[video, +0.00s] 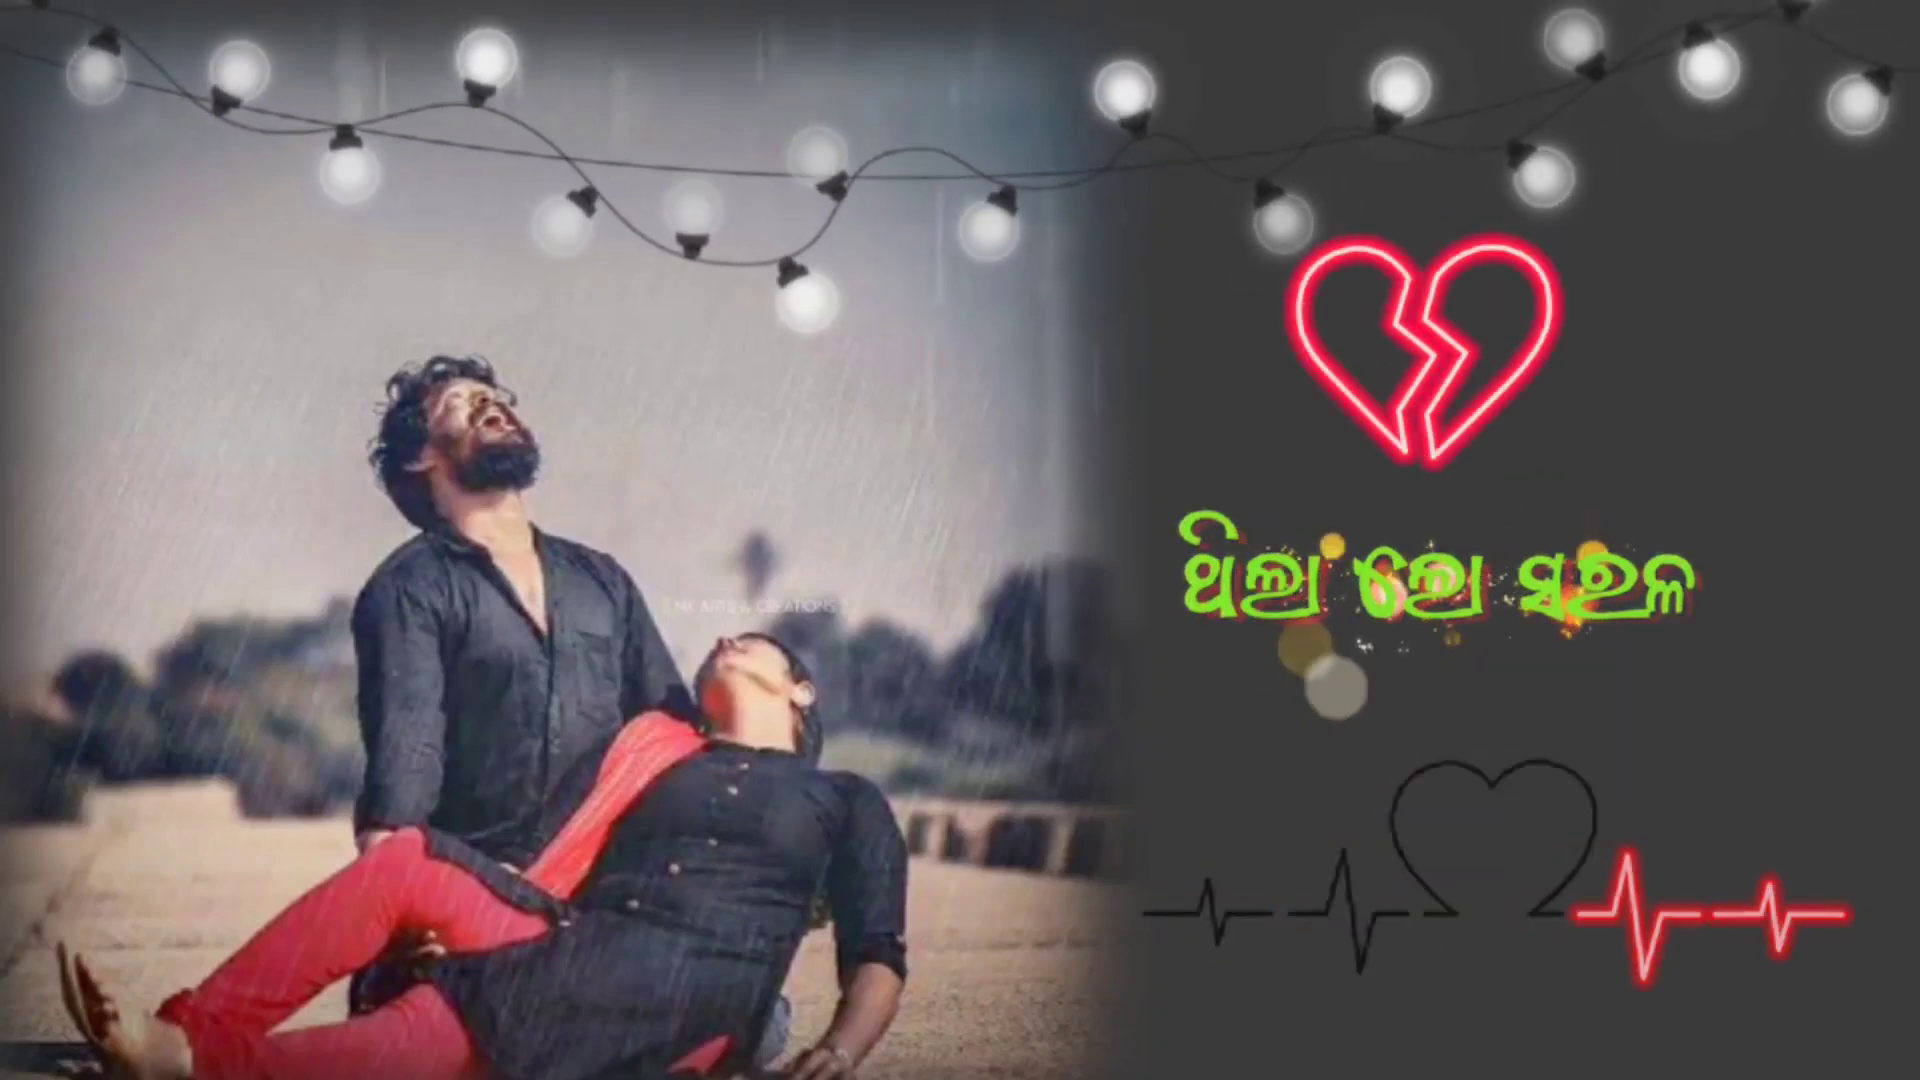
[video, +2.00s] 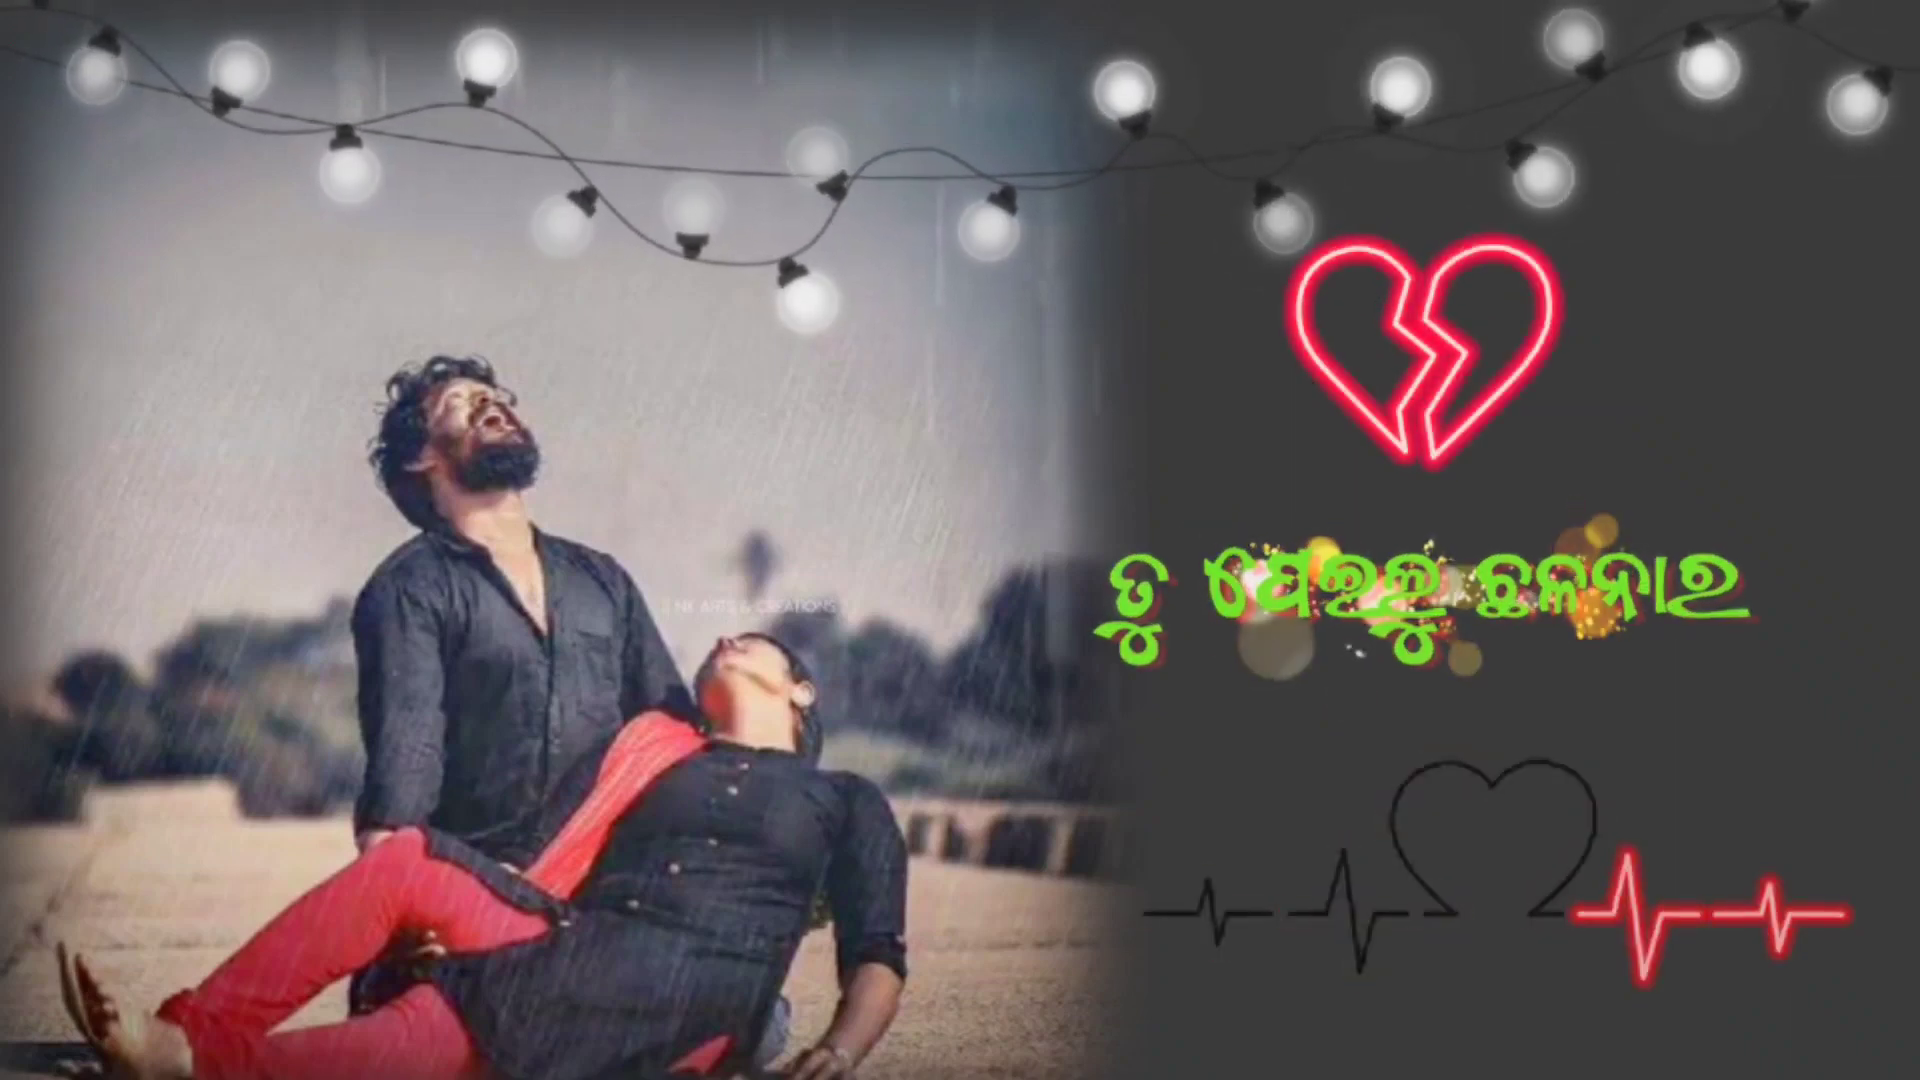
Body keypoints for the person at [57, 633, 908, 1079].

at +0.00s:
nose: (721, 660)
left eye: (749, 656)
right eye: (717, 659)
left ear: (799, 699)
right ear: (709, 699)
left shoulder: (843, 798)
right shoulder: (663, 755)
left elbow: (879, 968)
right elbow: (575, 892)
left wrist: (833, 1066)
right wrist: (458, 950)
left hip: (694, 981)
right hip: (589, 943)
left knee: (452, 1027)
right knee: (402, 860)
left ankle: (189, 1059)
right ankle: (178, 1040)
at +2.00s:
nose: (722, 660)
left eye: (749, 656)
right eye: (717, 659)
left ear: (799, 699)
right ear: (709, 698)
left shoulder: (844, 798)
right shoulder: (662, 755)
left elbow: (879, 967)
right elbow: (574, 892)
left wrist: (836, 1063)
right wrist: (455, 949)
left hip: (693, 982)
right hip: (587, 945)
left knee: (451, 1028)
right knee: (400, 859)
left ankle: (187, 1058)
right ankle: (178, 1041)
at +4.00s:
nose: (722, 660)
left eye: (749, 656)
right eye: (717, 659)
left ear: (799, 699)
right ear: (709, 698)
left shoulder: (844, 798)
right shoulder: (662, 755)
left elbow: (879, 967)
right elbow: (574, 892)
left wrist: (836, 1063)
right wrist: (455, 949)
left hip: (693, 982)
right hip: (587, 946)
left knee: (451, 1028)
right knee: (400, 859)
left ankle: (187, 1058)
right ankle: (177, 1040)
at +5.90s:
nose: (722, 661)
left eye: (749, 657)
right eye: (717, 660)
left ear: (799, 700)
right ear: (709, 698)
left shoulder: (843, 798)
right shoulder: (661, 753)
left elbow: (879, 969)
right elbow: (573, 893)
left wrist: (831, 1066)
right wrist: (455, 946)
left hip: (692, 981)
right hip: (586, 944)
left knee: (452, 1029)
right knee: (401, 860)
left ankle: (190, 1059)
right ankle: (178, 1040)